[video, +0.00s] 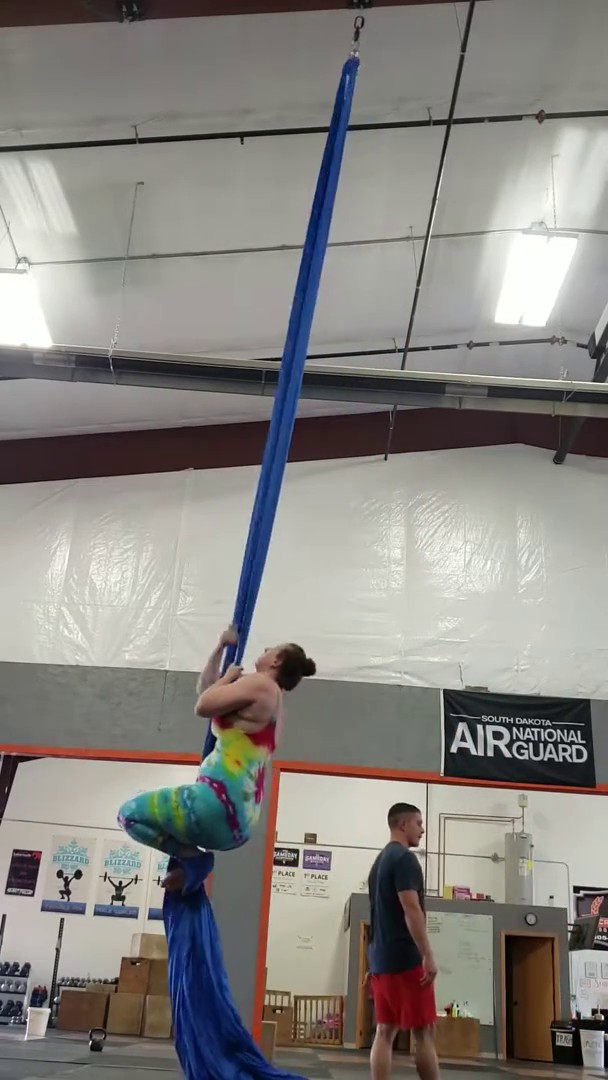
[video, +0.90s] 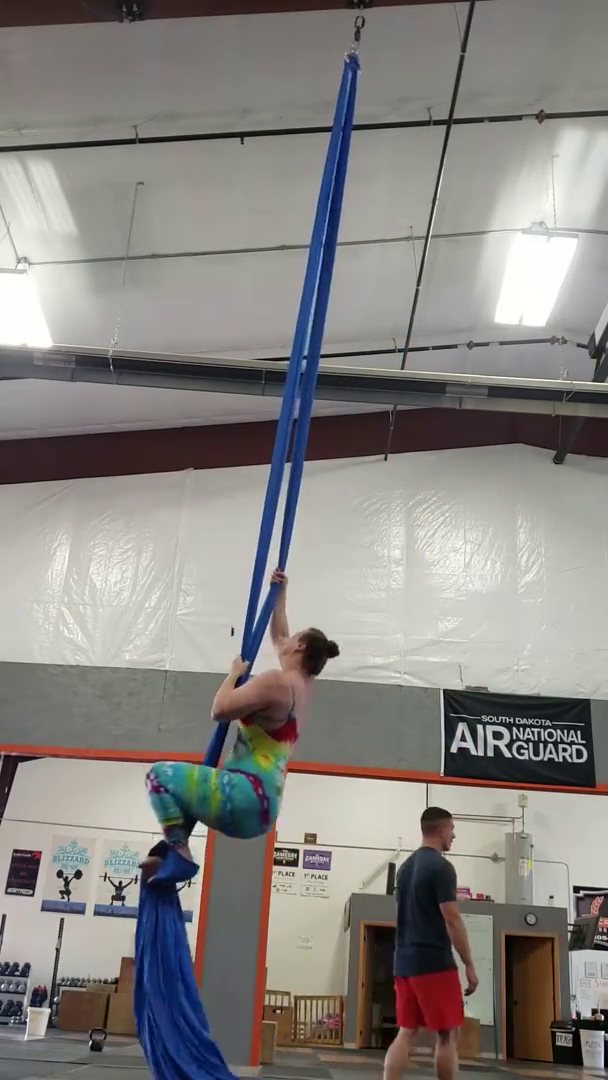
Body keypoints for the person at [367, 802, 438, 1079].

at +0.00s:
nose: (422, 829)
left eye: (421, 823)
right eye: (418, 823)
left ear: (397, 825)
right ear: (402, 824)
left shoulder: (380, 861)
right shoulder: (404, 858)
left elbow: (378, 916)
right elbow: (410, 908)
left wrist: (374, 964)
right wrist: (428, 955)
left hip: (380, 961)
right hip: (406, 960)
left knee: (385, 1032)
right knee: (424, 1032)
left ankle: (379, 1077)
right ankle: (432, 1077)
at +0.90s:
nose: (453, 836)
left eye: (453, 830)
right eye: (451, 830)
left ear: (426, 831)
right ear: (441, 831)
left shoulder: (406, 866)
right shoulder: (441, 866)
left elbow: (406, 918)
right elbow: (452, 919)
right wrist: (469, 964)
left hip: (403, 963)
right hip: (434, 964)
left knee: (406, 1032)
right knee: (448, 1035)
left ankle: (388, 1077)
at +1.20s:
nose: (461, 838)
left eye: (461, 833)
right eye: (461, 833)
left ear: (434, 832)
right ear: (455, 833)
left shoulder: (416, 866)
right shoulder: (452, 867)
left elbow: (416, 916)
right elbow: (467, 920)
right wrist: (484, 965)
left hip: (416, 960)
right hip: (443, 960)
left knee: (424, 1030)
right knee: (455, 1032)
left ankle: (396, 1076)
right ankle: (450, 1077)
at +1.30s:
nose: (461, 836)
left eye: (460, 831)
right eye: (459, 831)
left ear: (434, 832)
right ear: (449, 833)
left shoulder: (416, 867)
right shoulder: (447, 868)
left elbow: (422, 916)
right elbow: (464, 921)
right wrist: (487, 961)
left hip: (416, 962)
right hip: (441, 963)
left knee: (422, 1033)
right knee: (452, 1035)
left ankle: (402, 1077)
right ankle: (449, 1078)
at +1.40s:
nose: (457, 837)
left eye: (457, 831)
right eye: (454, 831)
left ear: (434, 833)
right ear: (441, 833)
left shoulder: (415, 867)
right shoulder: (439, 869)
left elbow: (418, 919)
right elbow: (456, 921)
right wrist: (485, 957)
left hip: (414, 962)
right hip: (437, 963)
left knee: (420, 1034)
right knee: (452, 1034)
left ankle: (400, 1077)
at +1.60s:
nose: (446, 840)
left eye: (446, 834)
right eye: (442, 834)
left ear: (424, 836)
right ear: (426, 835)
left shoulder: (413, 867)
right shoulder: (419, 870)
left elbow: (420, 922)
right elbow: (427, 922)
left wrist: (446, 959)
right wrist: (453, 960)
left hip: (405, 964)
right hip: (421, 965)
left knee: (410, 1034)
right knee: (438, 1033)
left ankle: (397, 1077)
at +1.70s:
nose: (442, 842)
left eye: (442, 837)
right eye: (438, 837)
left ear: (422, 839)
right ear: (421, 838)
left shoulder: (410, 869)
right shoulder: (411, 871)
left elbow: (411, 924)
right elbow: (412, 926)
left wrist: (423, 966)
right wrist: (426, 967)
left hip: (403, 967)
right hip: (411, 967)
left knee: (406, 1036)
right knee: (428, 1036)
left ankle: (395, 1077)